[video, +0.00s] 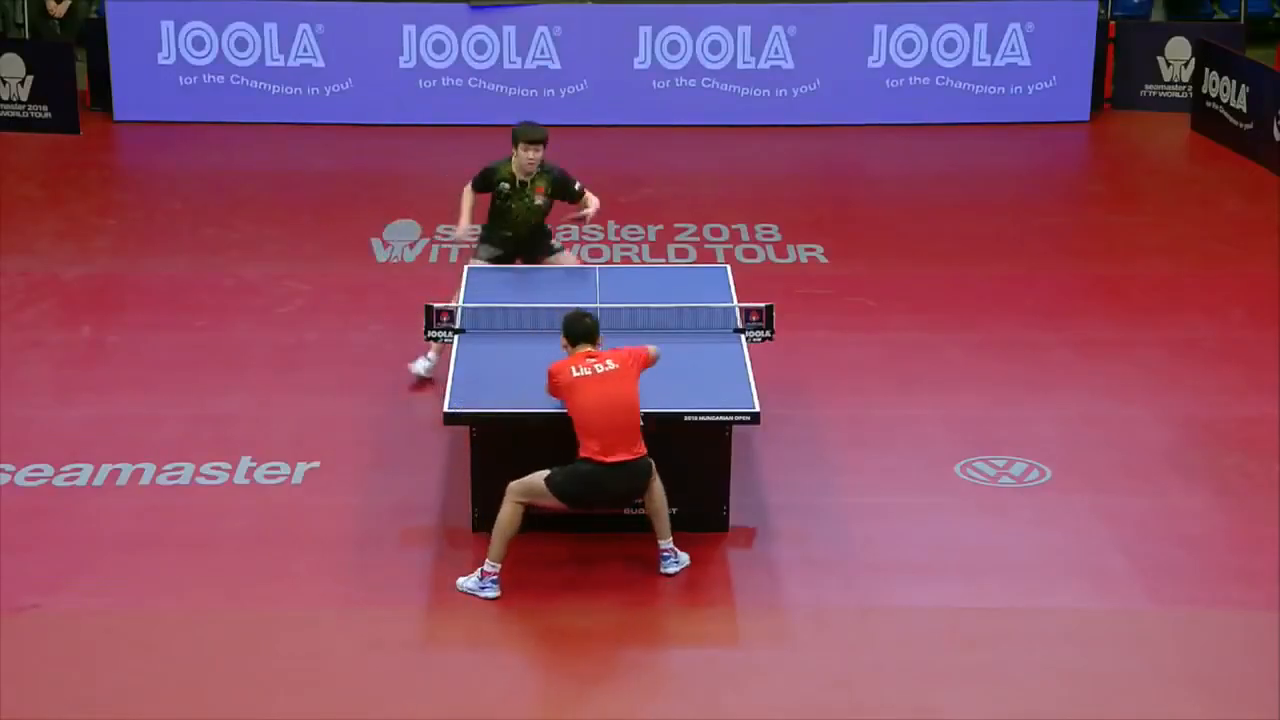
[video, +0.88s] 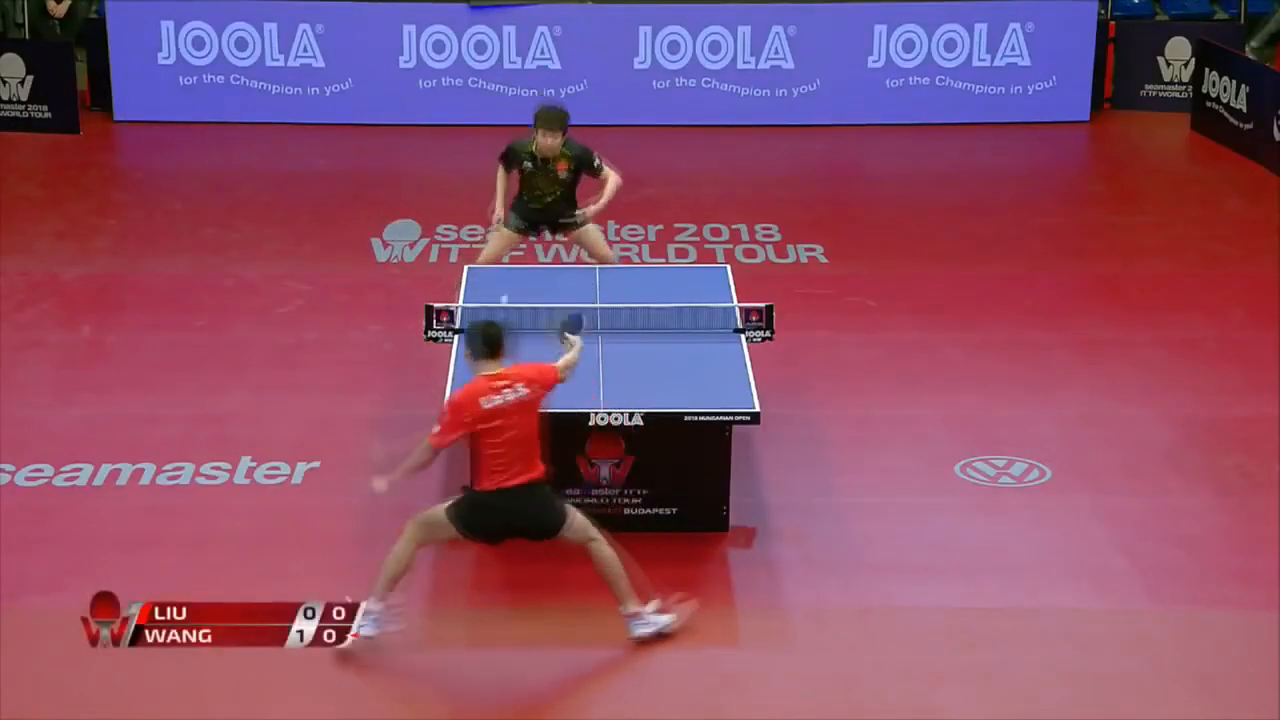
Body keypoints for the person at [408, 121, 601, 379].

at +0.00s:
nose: (533, 156)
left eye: (538, 150)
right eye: (527, 150)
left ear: (544, 151)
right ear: (515, 150)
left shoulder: (553, 176)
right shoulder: (498, 172)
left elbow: (589, 198)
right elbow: (470, 189)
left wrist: (590, 208)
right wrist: (464, 223)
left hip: (536, 242)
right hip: (496, 242)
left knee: (576, 272)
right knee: (465, 294)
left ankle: (584, 343)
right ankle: (432, 356)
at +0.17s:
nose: (542, 163)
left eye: (547, 157)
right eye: (536, 156)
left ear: (554, 157)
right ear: (525, 155)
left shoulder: (566, 176)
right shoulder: (507, 174)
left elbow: (600, 205)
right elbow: (480, 199)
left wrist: (594, 238)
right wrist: (486, 232)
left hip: (552, 239)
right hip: (511, 238)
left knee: (589, 270)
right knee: (471, 274)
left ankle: (595, 331)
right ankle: (436, 327)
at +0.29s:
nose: (538, 184)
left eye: (543, 178)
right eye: (533, 178)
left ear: (550, 177)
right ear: (523, 175)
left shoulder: (562, 195)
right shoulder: (507, 189)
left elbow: (595, 223)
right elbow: (477, 213)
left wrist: (579, 248)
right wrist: (485, 234)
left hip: (553, 251)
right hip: (511, 247)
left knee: (592, 273)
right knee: (465, 280)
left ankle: (593, 331)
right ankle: (437, 326)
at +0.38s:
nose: (536, 175)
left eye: (541, 170)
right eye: (531, 170)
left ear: (548, 169)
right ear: (522, 165)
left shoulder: (559, 187)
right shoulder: (508, 176)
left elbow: (589, 215)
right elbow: (483, 189)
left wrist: (557, 229)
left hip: (548, 243)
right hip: (509, 239)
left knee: (589, 273)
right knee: (459, 269)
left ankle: (590, 329)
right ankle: (435, 326)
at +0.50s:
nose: (536, 145)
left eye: (541, 140)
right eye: (532, 139)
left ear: (550, 138)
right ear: (523, 135)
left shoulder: (558, 155)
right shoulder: (512, 146)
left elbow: (575, 183)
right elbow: (501, 154)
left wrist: (574, 186)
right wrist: (485, 181)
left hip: (553, 214)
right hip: (516, 211)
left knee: (594, 264)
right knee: (473, 260)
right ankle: (437, 322)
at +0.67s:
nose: (544, 131)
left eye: (548, 125)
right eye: (538, 125)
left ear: (555, 125)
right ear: (527, 124)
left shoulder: (566, 145)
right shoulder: (515, 141)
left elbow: (606, 167)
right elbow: (501, 154)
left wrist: (590, 178)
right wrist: (488, 186)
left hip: (561, 208)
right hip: (524, 206)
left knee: (594, 259)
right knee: (482, 259)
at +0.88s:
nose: (548, 142)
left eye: (554, 136)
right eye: (544, 135)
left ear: (563, 136)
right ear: (535, 133)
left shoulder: (577, 154)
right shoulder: (519, 150)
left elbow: (614, 178)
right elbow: (504, 168)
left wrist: (597, 207)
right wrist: (499, 209)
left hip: (565, 215)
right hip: (525, 215)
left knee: (606, 258)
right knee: (484, 260)